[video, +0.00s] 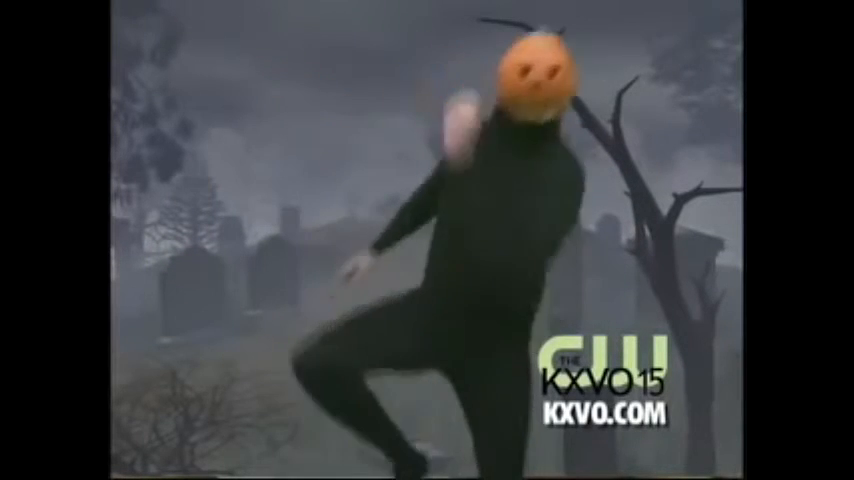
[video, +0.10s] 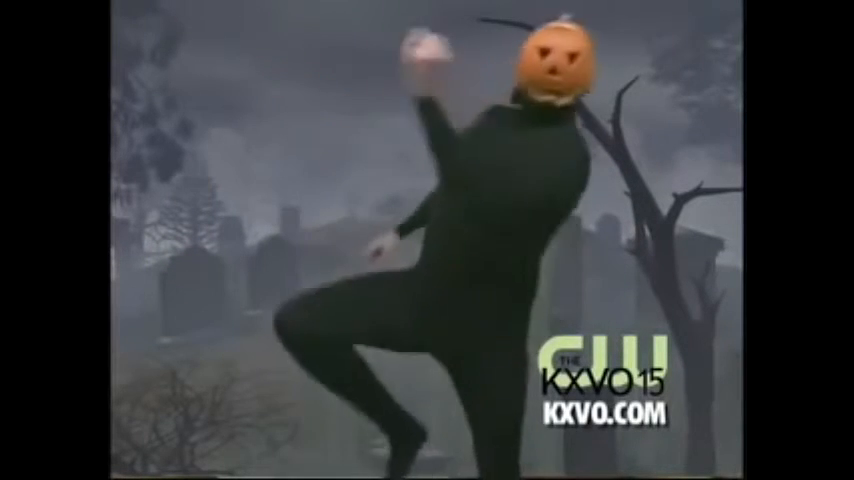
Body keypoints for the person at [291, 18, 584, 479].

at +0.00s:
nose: (527, 110)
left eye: (540, 102)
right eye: (521, 90)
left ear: (560, 106)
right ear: (501, 94)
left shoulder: (563, 174)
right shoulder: (481, 138)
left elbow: (511, 256)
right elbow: (435, 194)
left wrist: (463, 166)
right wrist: (375, 251)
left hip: (498, 342)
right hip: (432, 314)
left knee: (503, 472)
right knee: (317, 364)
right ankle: (407, 461)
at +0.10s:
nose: (556, 63)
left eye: (572, 57)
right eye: (546, 51)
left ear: (586, 78)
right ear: (523, 62)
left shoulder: (568, 156)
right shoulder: (495, 122)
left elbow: (485, 198)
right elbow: (456, 188)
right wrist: (400, 232)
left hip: (491, 327)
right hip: (425, 297)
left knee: (499, 469)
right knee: (300, 323)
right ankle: (403, 431)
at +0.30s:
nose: (541, 101)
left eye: (558, 92)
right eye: (528, 88)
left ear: (577, 108)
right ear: (509, 94)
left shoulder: (566, 192)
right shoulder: (490, 150)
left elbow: (458, 214)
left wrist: (400, 121)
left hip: (493, 360)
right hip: (431, 327)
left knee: (496, 470)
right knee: (306, 320)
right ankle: (346, 469)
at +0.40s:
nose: (522, 103)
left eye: (539, 93)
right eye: (509, 89)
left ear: (558, 108)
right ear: (488, 96)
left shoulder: (557, 188)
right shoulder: (471, 146)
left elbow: (474, 233)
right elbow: (445, 223)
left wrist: (390, 139)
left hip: (495, 356)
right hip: (429, 328)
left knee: (496, 470)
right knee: (312, 347)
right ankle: (349, 473)